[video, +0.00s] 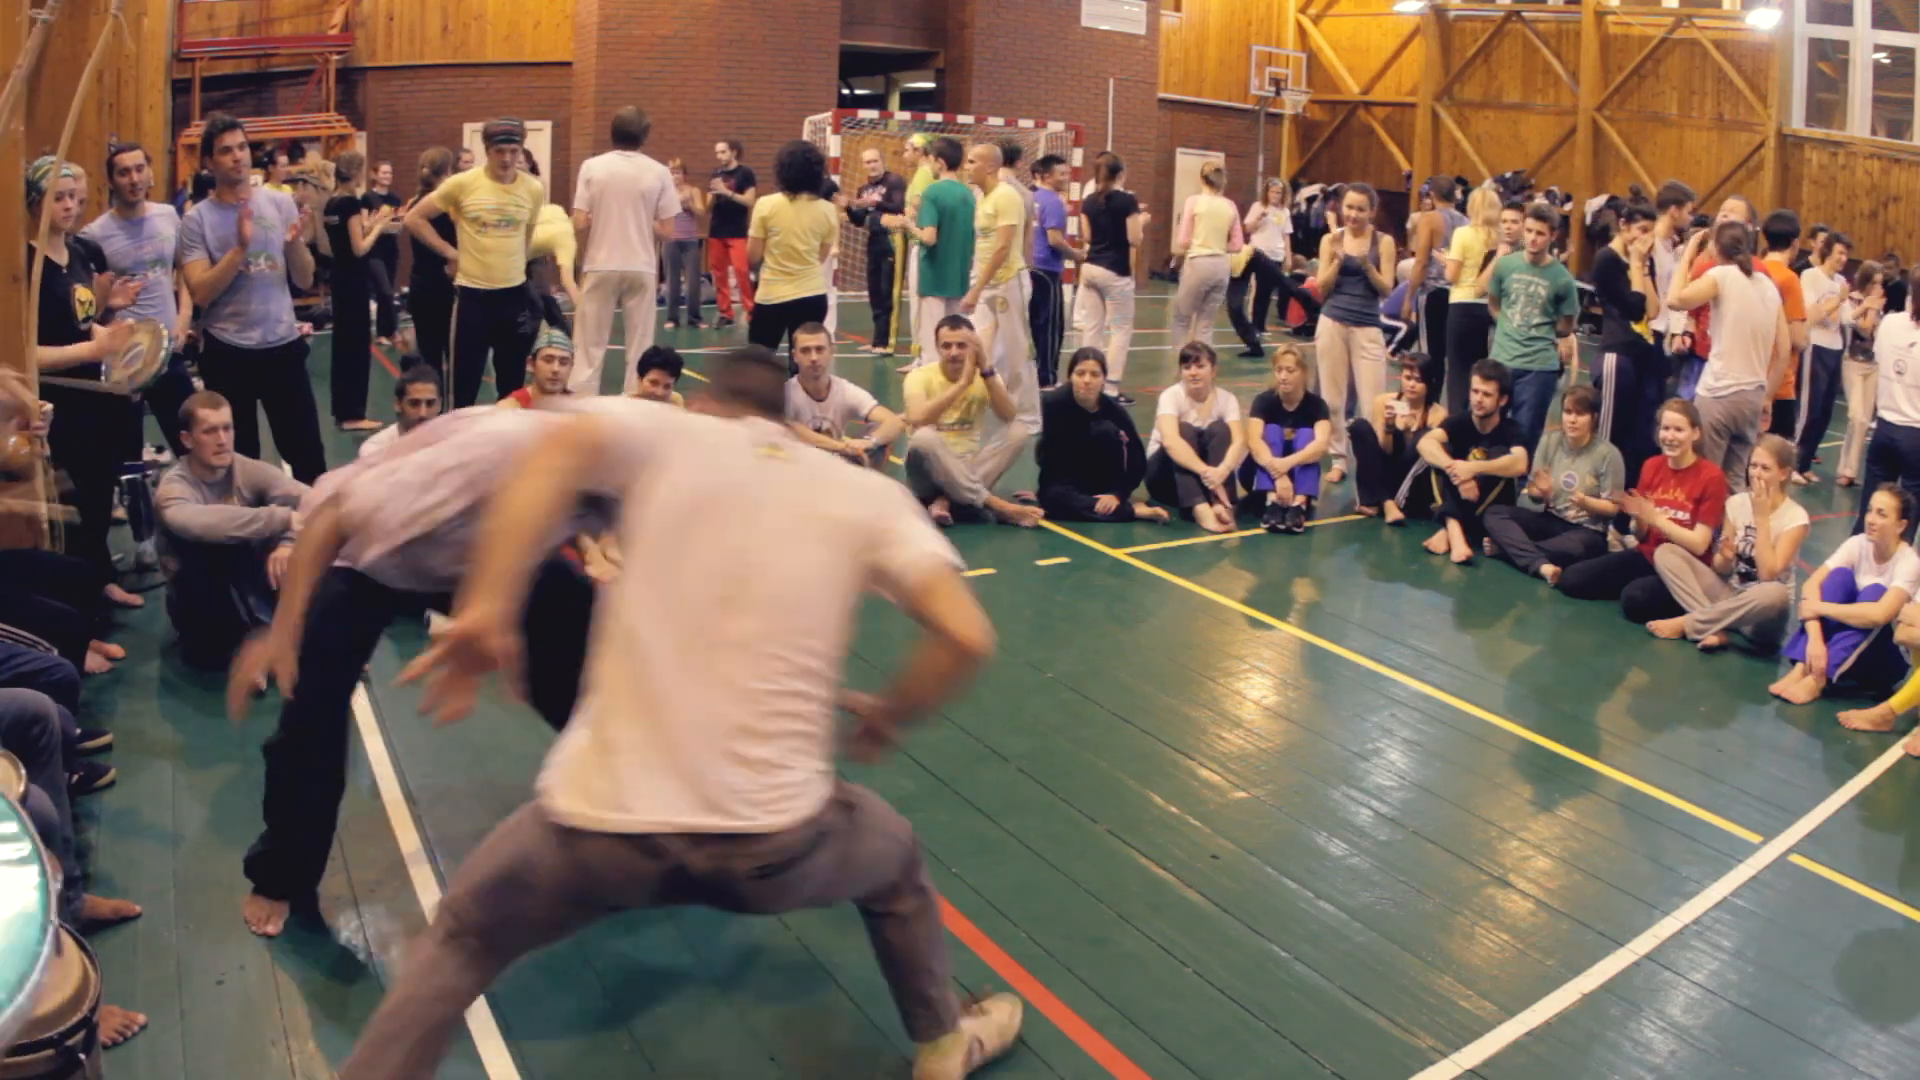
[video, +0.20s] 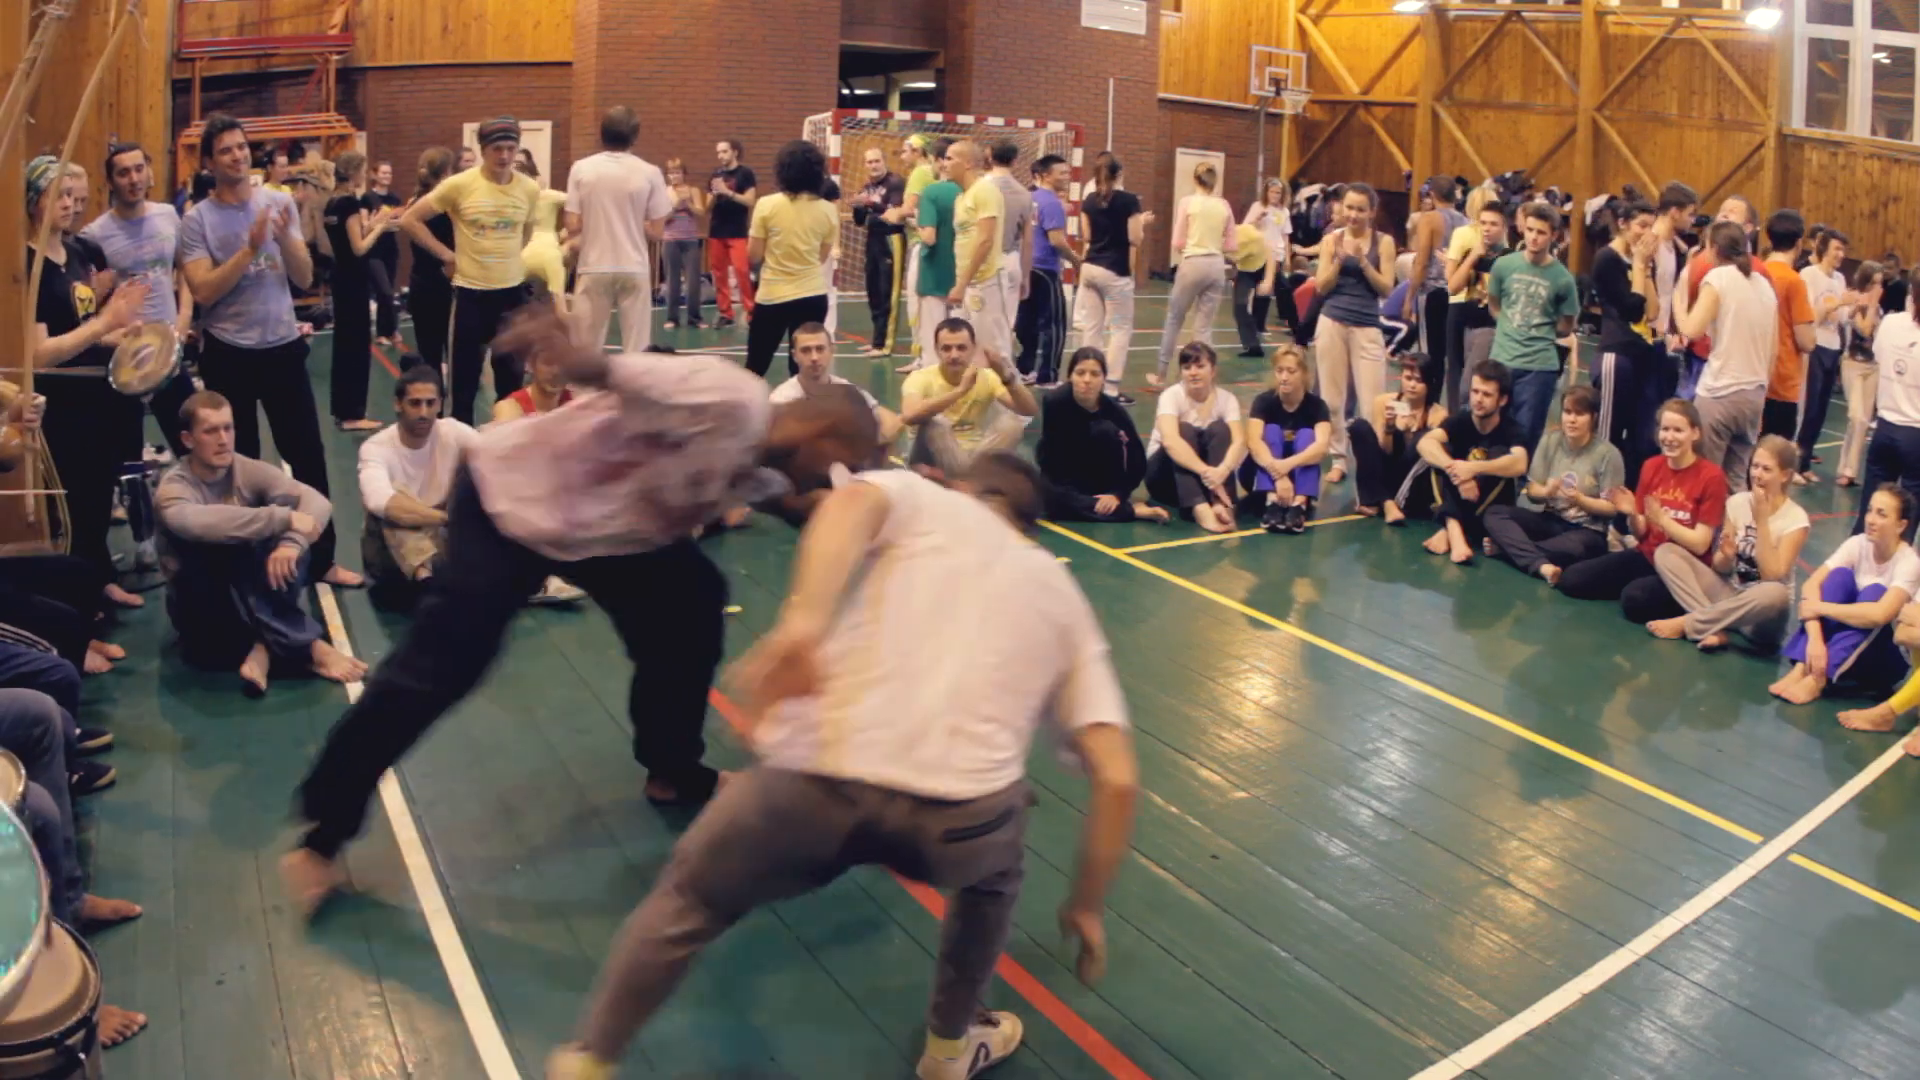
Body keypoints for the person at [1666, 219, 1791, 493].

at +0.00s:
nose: (1711, 249)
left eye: (1711, 245)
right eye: (1712, 244)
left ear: (1716, 248)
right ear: (1746, 247)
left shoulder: (1721, 276)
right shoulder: (1768, 285)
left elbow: (1676, 299)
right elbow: (1784, 348)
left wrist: (1688, 255)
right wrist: (1767, 396)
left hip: (1718, 392)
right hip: (1755, 392)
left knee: (1705, 477)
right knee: (1738, 478)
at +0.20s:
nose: (1706, 252)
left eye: (1708, 246)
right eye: (1707, 246)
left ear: (1714, 249)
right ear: (1743, 248)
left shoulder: (1717, 279)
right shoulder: (1764, 283)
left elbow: (1691, 330)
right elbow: (1772, 343)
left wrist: (1679, 297)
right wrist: (1761, 383)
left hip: (1719, 391)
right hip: (1755, 391)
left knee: (1706, 476)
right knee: (1738, 476)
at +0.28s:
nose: (1705, 252)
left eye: (1707, 246)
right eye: (1707, 246)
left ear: (1714, 250)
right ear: (1743, 248)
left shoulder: (1714, 279)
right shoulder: (1764, 284)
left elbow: (1701, 337)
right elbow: (1773, 344)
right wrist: (1758, 377)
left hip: (1718, 390)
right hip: (1755, 391)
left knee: (1706, 476)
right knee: (1738, 476)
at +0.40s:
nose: (1705, 250)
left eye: (1706, 245)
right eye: (1706, 245)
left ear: (1712, 249)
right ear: (1743, 249)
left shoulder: (1709, 280)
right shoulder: (1763, 283)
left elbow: (1704, 343)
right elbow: (1775, 345)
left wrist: (1691, 382)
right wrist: (1756, 372)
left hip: (1715, 390)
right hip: (1754, 388)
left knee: (1705, 476)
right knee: (1738, 476)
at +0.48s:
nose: (1704, 248)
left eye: (1705, 243)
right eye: (1705, 243)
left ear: (1710, 248)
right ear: (1742, 249)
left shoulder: (1707, 278)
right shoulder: (1761, 283)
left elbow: (1703, 341)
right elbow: (1777, 344)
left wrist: (1688, 381)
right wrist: (1754, 368)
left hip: (1715, 390)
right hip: (1753, 388)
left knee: (1705, 476)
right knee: (1738, 476)